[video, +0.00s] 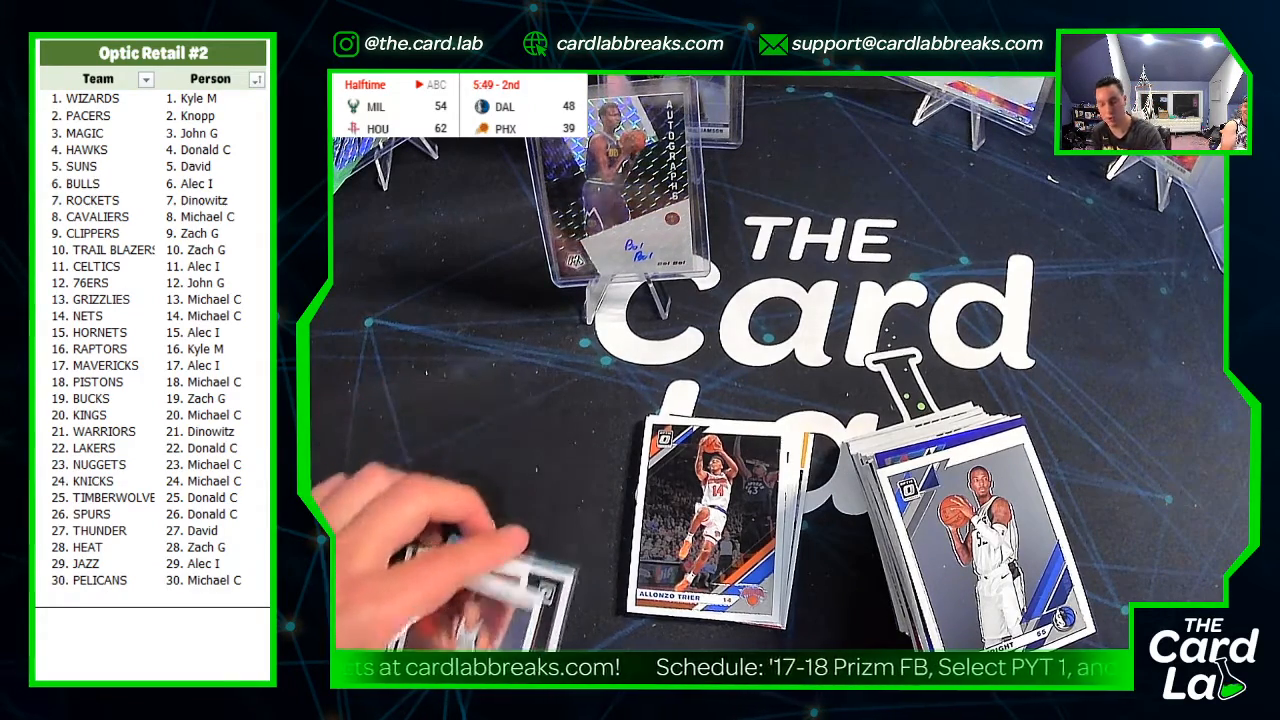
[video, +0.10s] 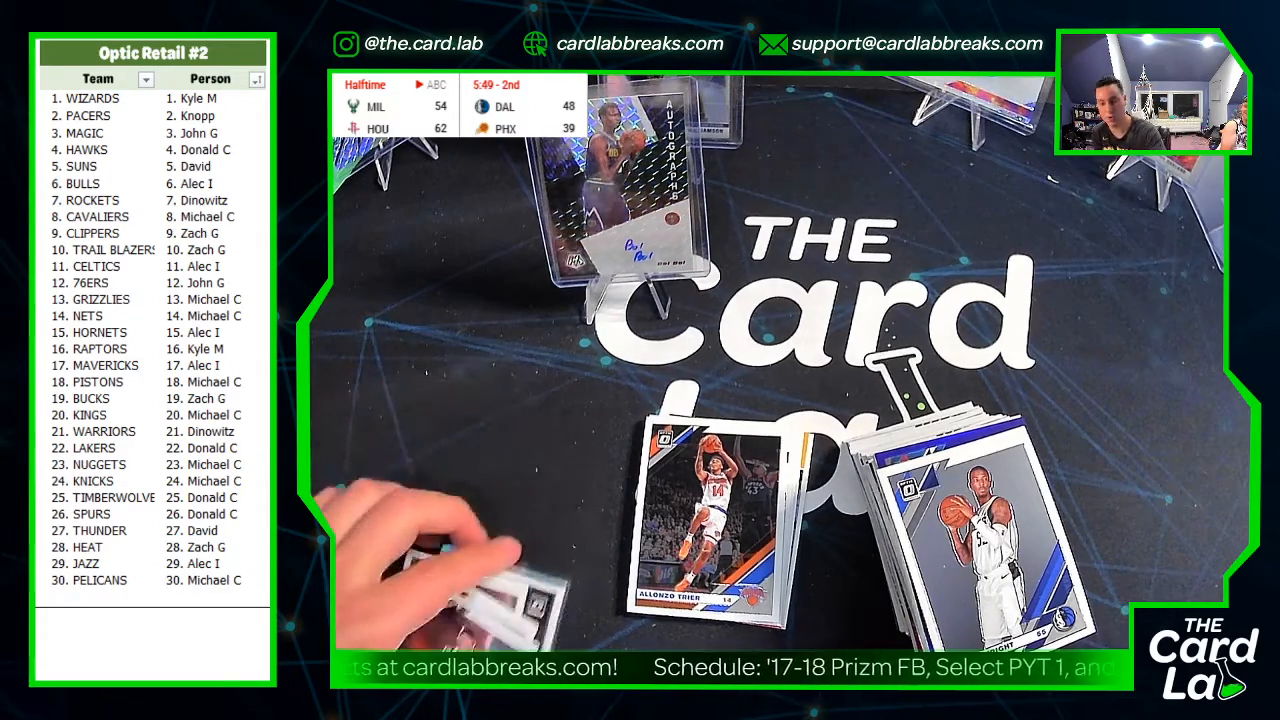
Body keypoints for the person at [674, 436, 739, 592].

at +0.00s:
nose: (714, 463)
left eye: (717, 461)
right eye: (713, 461)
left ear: (721, 465)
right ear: (710, 465)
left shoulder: (727, 476)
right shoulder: (706, 476)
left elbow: (734, 468)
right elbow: (698, 470)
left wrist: (722, 452)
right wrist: (700, 451)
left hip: (721, 512)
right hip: (706, 507)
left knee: (707, 550)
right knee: (704, 512)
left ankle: (688, 578)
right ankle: (688, 540)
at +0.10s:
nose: (714, 463)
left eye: (717, 461)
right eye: (713, 461)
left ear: (721, 465)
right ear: (710, 465)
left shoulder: (727, 476)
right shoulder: (706, 477)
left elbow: (734, 469)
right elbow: (699, 470)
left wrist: (722, 452)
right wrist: (700, 451)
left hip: (721, 513)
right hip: (706, 507)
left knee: (707, 550)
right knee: (704, 512)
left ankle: (688, 579)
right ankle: (688, 540)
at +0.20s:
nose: (714, 463)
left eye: (717, 461)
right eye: (713, 461)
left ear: (721, 465)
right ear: (710, 465)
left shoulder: (727, 476)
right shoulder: (706, 477)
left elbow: (734, 469)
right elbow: (699, 470)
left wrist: (722, 452)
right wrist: (700, 451)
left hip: (721, 513)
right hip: (706, 507)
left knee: (707, 550)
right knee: (704, 512)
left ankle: (688, 579)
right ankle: (688, 540)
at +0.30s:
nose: (714, 463)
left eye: (717, 461)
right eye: (713, 461)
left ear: (721, 465)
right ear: (710, 465)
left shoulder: (727, 476)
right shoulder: (706, 476)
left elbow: (734, 468)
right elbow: (698, 470)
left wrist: (722, 452)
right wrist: (700, 451)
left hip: (721, 512)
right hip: (706, 507)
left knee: (707, 550)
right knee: (704, 512)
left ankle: (688, 578)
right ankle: (688, 540)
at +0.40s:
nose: (714, 463)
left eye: (717, 461)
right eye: (713, 461)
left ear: (721, 465)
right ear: (710, 465)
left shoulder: (727, 475)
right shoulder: (706, 476)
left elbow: (734, 469)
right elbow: (699, 470)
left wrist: (722, 452)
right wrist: (700, 451)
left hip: (721, 513)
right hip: (707, 507)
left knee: (707, 550)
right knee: (704, 511)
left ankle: (688, 579)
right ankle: (688, 540)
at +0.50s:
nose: (714, 463)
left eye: (717, 461)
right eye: (713, 461)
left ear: (721, 465)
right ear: (710, 465)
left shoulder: (727, 476)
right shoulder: (706, 476)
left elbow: (734, 469)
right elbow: (699, 470)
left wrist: (722, 452)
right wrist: (700, 451)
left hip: (721, 513)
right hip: (707, 507)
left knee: (707, 550)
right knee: (704, 511)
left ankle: (688, 579)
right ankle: (688, 540)